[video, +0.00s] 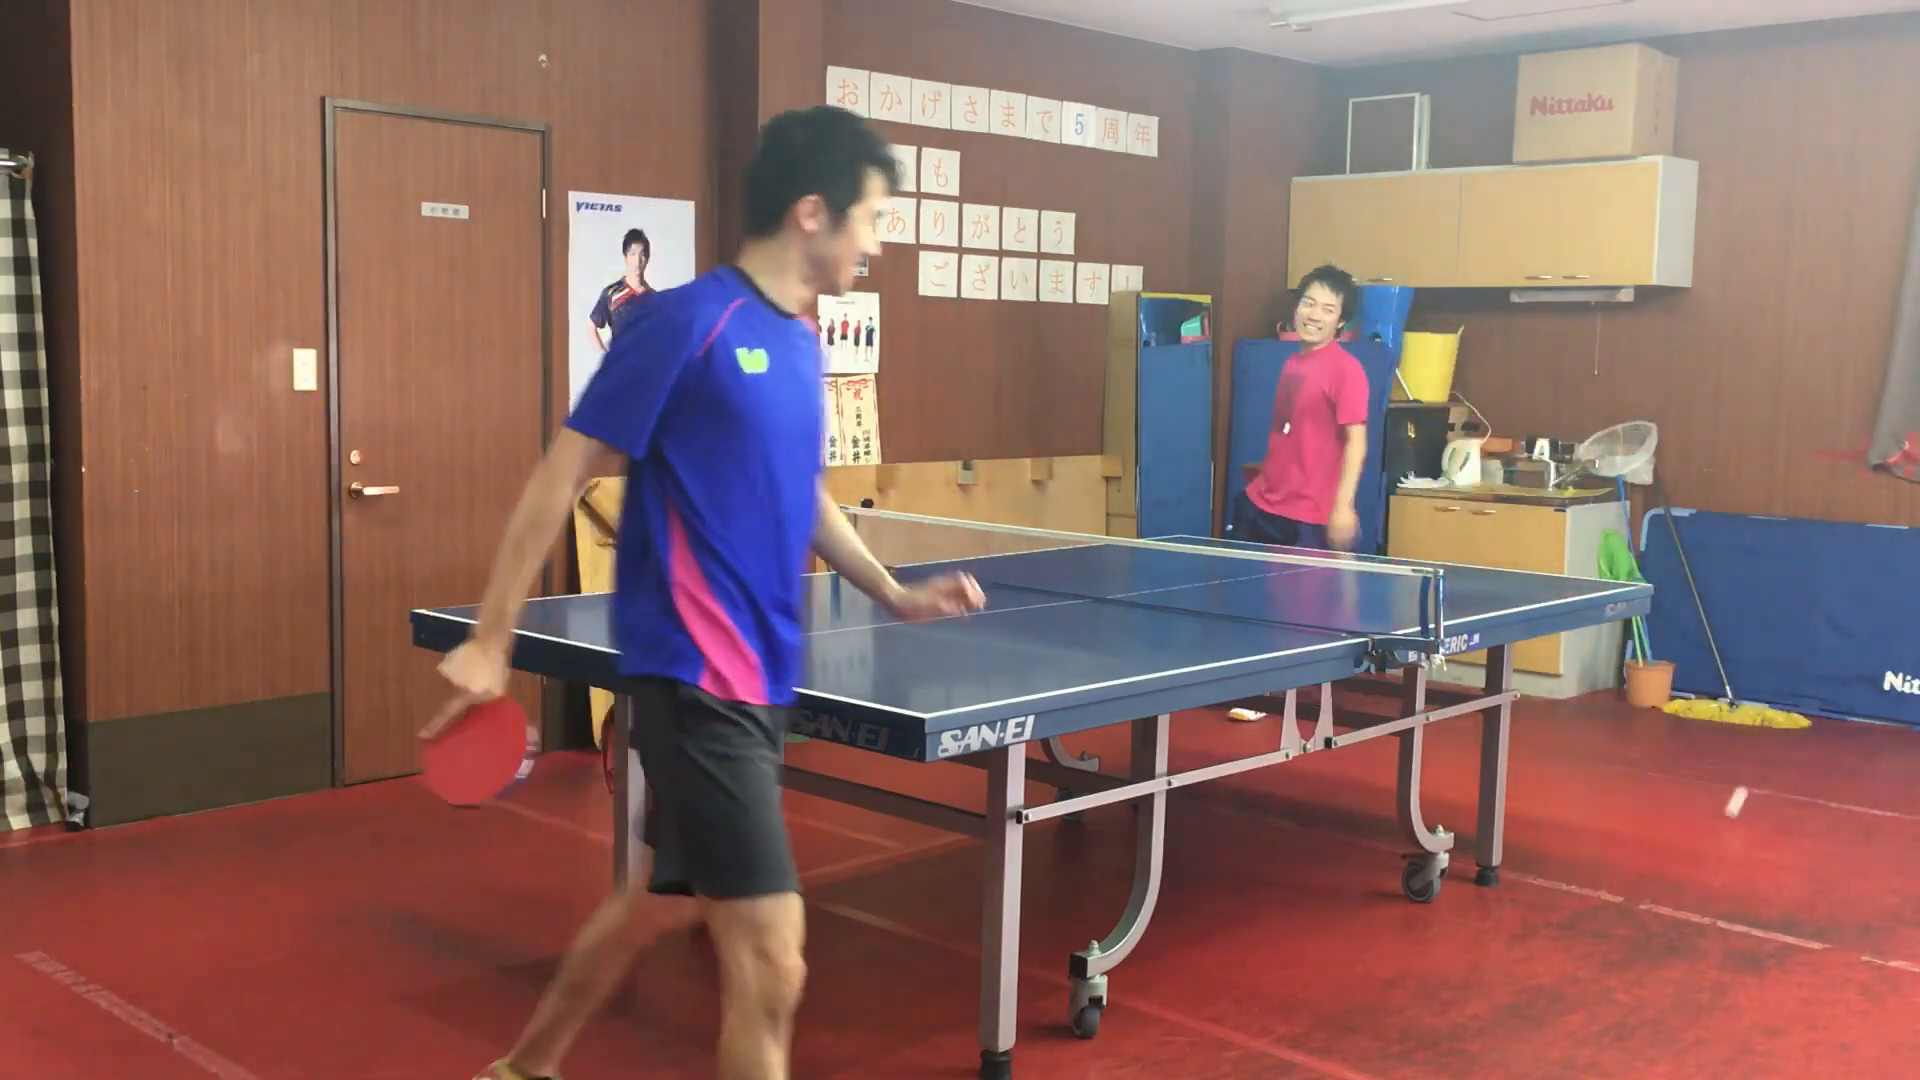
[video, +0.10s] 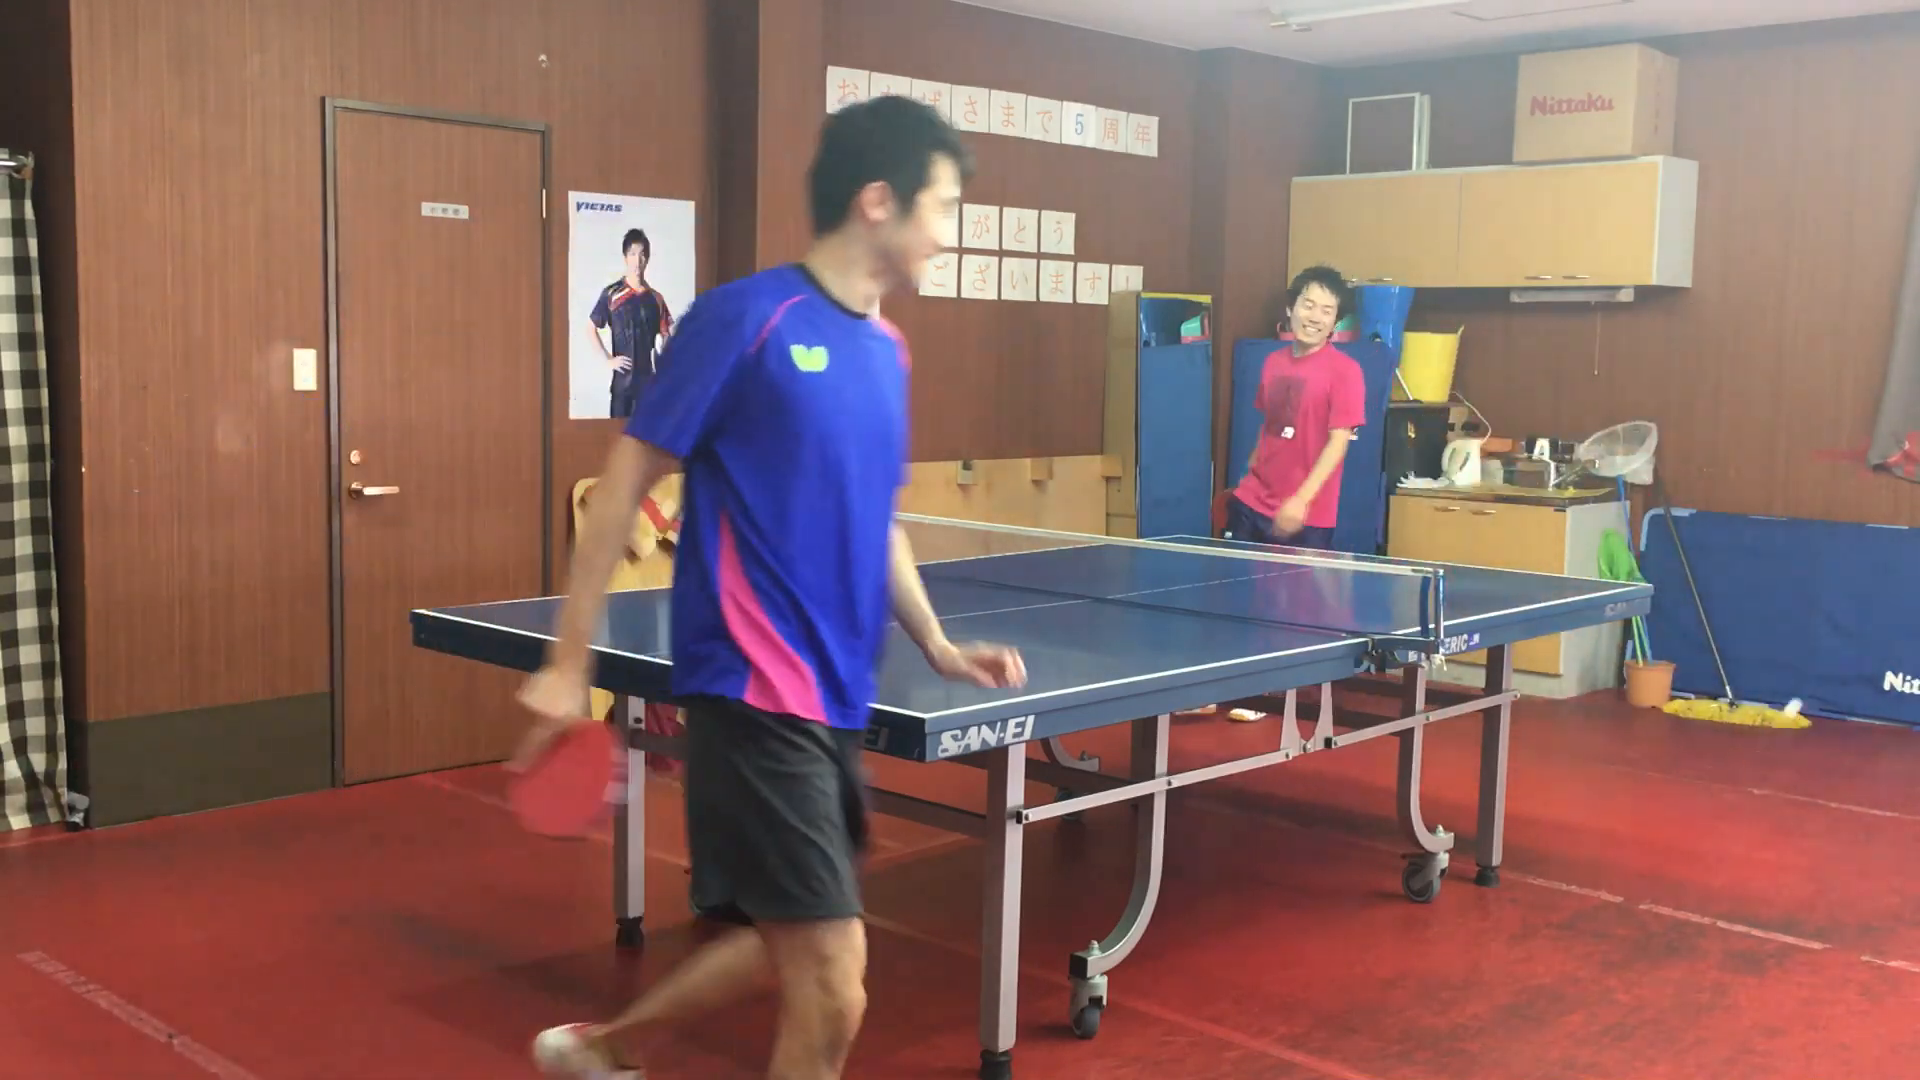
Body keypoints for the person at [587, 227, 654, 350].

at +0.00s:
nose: (638, 260)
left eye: (642, 254)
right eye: (633, 254)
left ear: (648, 258)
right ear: (625, 258)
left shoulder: (655, 298)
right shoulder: (611, 293)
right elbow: (591, 327)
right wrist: (605, 357)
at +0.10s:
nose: (638, 260)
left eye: (642, 254)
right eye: (633, 254)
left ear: (648, 258)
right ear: (625, 257)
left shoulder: (655, 298)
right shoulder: (611, 294)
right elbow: (591, 327)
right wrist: (609, 360)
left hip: (648, 375)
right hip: (623, 375)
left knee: (647, 432)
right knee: (620, 431)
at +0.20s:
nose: (638, 260)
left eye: (642, 254)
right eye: (632, 254)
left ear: (648, 258)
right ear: (625, 257)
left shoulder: (655, 298)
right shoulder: (611, 294)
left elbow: (665, 335)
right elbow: (591, 327)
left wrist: (661, 355)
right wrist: (608, 360)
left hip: (649, 377)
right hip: (624, 378)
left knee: (649, 434)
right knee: (621, 434)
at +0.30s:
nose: (638, 260)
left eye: (643, 254)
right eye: (633, 254)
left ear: (648, 258)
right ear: (625, 257)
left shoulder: (655, 297)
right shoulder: (611, 294)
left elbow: (665, 335)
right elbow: (591, 327)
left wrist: (661, 356)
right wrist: (608, 360)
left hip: (649, 377)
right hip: (624, 378)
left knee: (650, 434)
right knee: (621, 433)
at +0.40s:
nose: (638, 260)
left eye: (643, 254)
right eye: (633, 254)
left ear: (648, 258)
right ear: (625, 258)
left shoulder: (655, 297)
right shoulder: (611, 294)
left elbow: (665, 335)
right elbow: (591, 327)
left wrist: (661, 356)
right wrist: (608, 360)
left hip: (649, 377)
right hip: (624, 377)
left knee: (650, 434)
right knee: (621, 433)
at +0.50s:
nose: (638, 260)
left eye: (643, 254)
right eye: (633, 254)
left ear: (648, 258)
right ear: (625, 258)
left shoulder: (655, 297)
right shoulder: (611, 294)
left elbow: (665, 335)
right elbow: (591, 327)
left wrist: (661, 355)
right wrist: (608, 359)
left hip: (649, 378)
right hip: (624, 378)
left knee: (650, 435)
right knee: (621, 434)